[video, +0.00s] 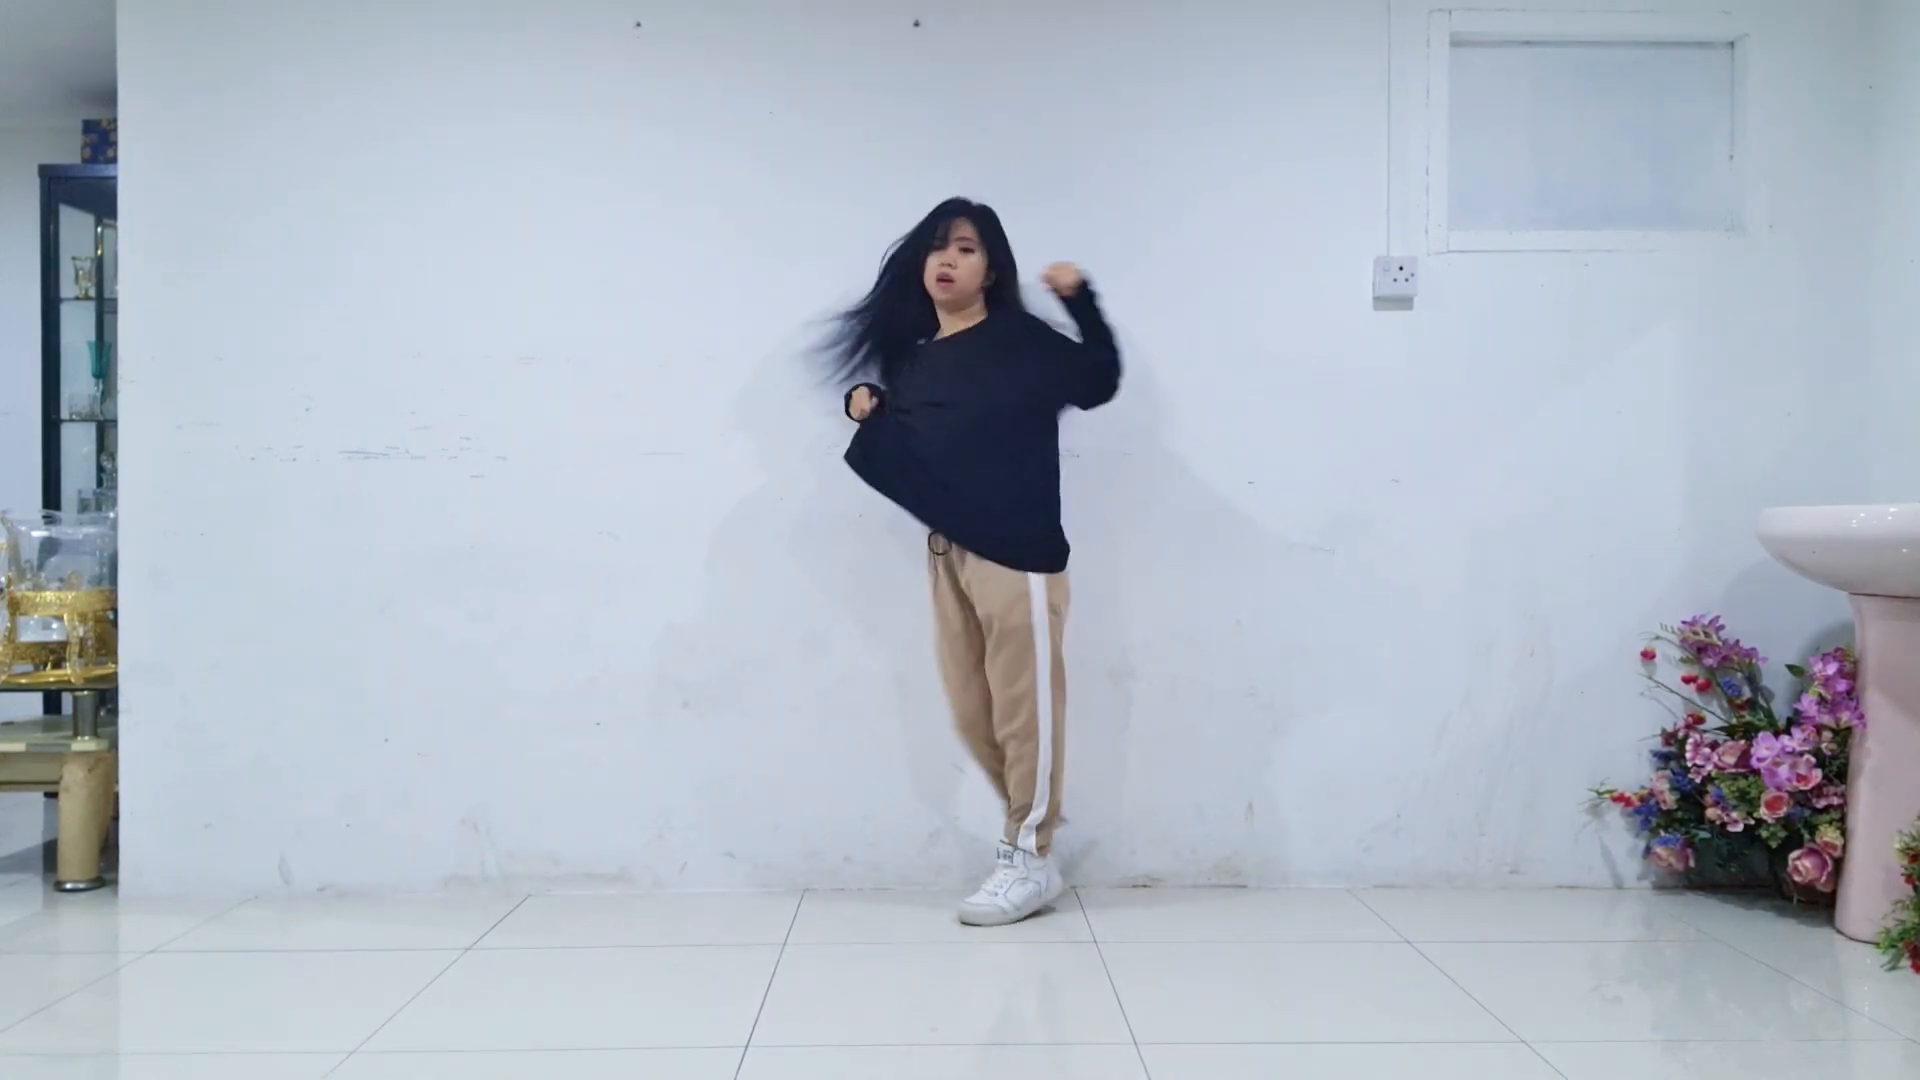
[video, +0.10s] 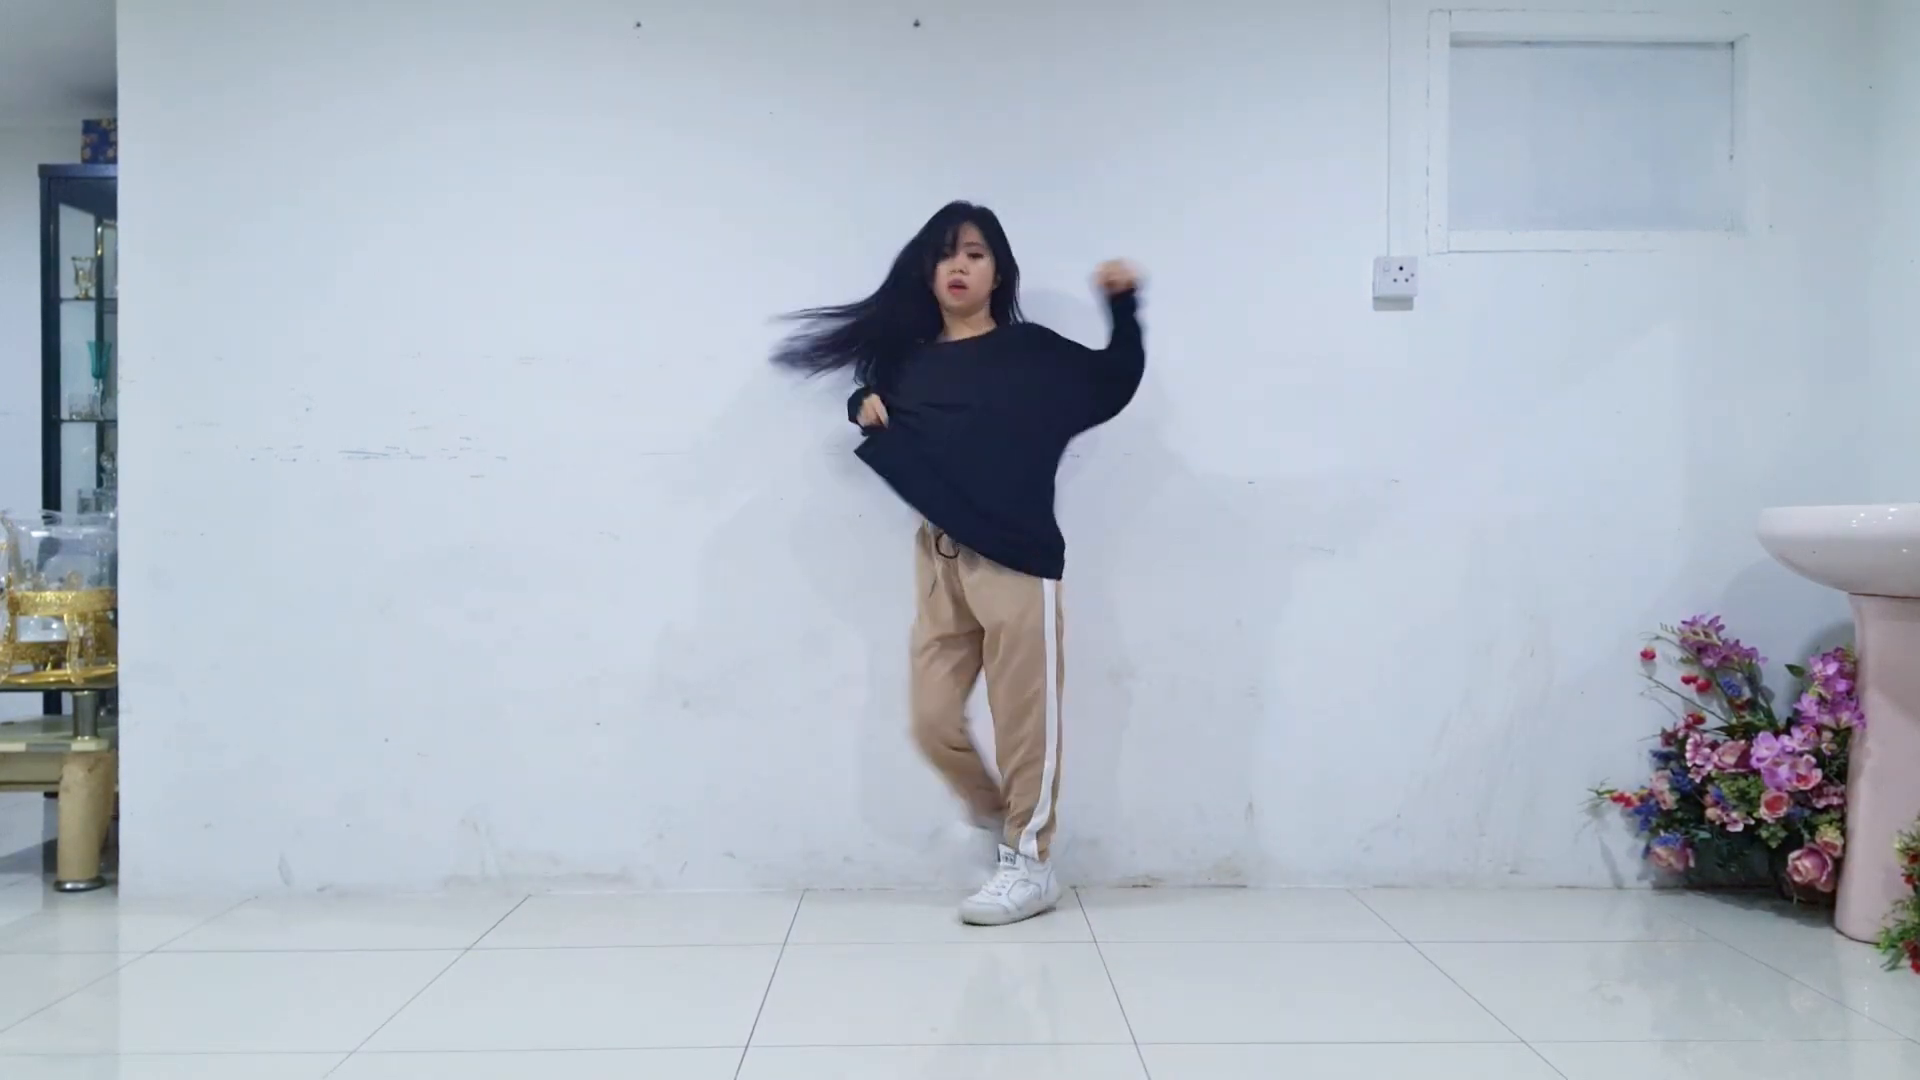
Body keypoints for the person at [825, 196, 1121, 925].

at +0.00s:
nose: (946, 258)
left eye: (965, 247)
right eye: (936, 246)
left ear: (991, 265)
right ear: (919, 263)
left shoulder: (1024, 341)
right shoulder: (915, 360)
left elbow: (1099, 381)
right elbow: (909, 445)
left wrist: (1080, 303)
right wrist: (869, 413)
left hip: (1021, 554)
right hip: (948, 552)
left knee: (1023, 710)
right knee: (972, 715)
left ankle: (1031, 861)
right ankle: (1036, 831)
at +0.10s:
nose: (958, 266)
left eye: (975, 254)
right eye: (945, 254)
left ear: (999, 271)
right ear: (927, 271)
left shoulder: (1034, 353)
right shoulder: (909, 363)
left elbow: (1115, 381)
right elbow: (901, 461)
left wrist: (1122, 308)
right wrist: (872, 421)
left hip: (1019, 560)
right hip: (940, 557)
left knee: (1020, 715)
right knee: (932, 721)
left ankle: (1030, 864)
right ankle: (1003, 820)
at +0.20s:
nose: (962, 279)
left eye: (978, 265)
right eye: (949, 266)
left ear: (1001, 279)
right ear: (931, 281)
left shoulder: (1047, 359)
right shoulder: (909, 369)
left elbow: (1135, 332)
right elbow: (861, 398)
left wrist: (1216, 295)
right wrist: (862, 415)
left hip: (1017, 565)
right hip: (935, 561)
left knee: (1016, 724)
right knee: (902, 725)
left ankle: (1026, 866)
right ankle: (924, 848)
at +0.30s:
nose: (959, 286)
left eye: (974, 271)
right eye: (945, 274)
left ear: (997, 283)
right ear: (926, 287)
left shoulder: (1032, 375)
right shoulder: (907, 372)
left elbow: (1114, 398)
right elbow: (865, 403)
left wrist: (1171, 359)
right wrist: (865, 423)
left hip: (1010, 578)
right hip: (926, 571)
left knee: (1008, 727)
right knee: (890, 728)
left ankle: (1026, 866)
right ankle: (893, 862)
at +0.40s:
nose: (949, 296)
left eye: (962, 280)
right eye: (935, 283)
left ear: (988, 289)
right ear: (916, 295)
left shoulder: (1017, 385)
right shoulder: (893, 373)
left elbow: (1051, 476)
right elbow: (858, 437)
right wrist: (864, 456)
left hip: (999, 587)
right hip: (914, 582)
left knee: (998, 730)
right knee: (888, 728)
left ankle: (1023, 867)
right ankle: (891, 863)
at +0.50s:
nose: (934, 303)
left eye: (948, 286)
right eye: (920, 290)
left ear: (974, 289)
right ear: (904, 298)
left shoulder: (1005, 372)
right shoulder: (886, 370)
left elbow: (1028, 473)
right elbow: (858, 458)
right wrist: (864, 506)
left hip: (1003, 591)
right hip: (911, 593)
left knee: (1030, 716)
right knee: (886, 732)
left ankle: (1022, 847)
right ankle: (891, 862)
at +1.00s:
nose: (987, 320)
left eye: (1004, 307)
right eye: (975, 306)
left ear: (1029, 318)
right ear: (959, 316)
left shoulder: (1057, 372)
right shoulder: (950, 398)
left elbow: (1109, 438)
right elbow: (927, 493)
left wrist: (1037, 488)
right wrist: (928, 561)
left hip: (1027, 608)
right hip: (942, 611)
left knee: (1073, 745)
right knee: (880, 724)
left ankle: (1114, 870)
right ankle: (885, 862)